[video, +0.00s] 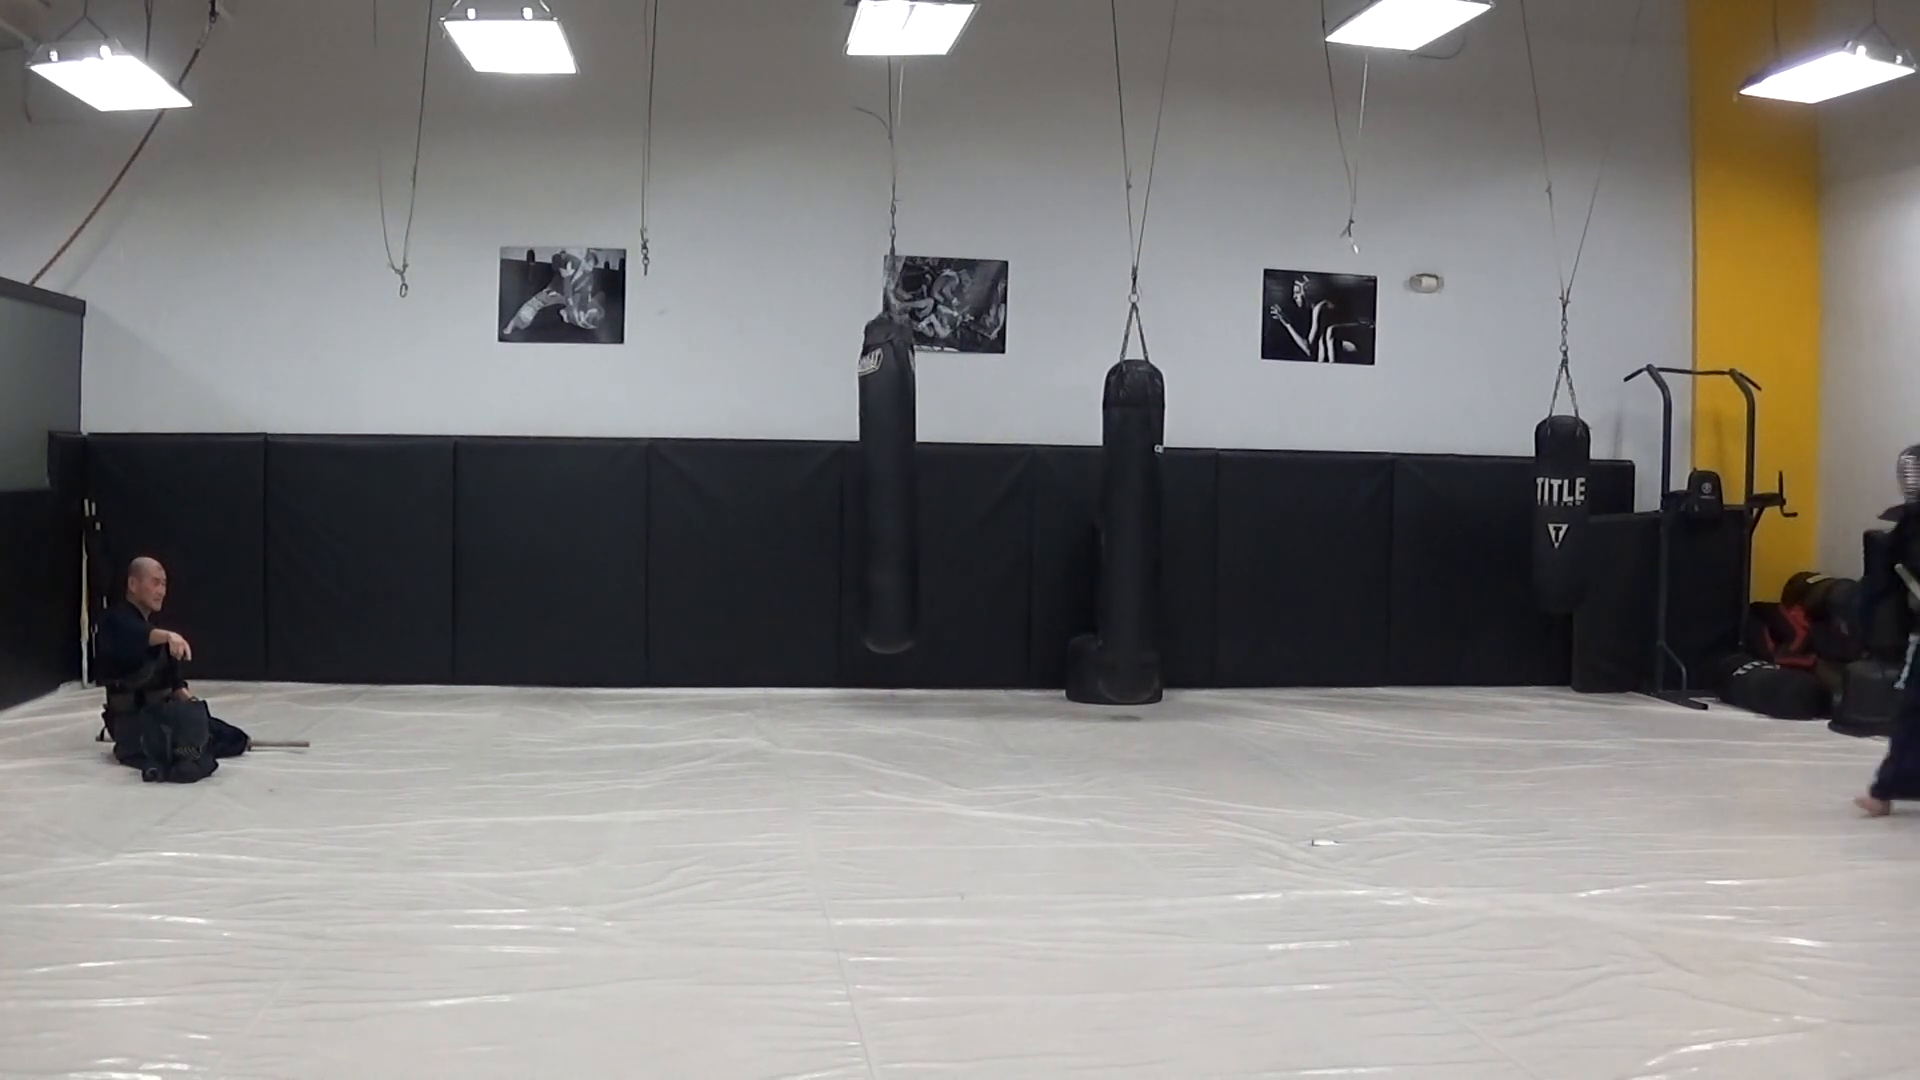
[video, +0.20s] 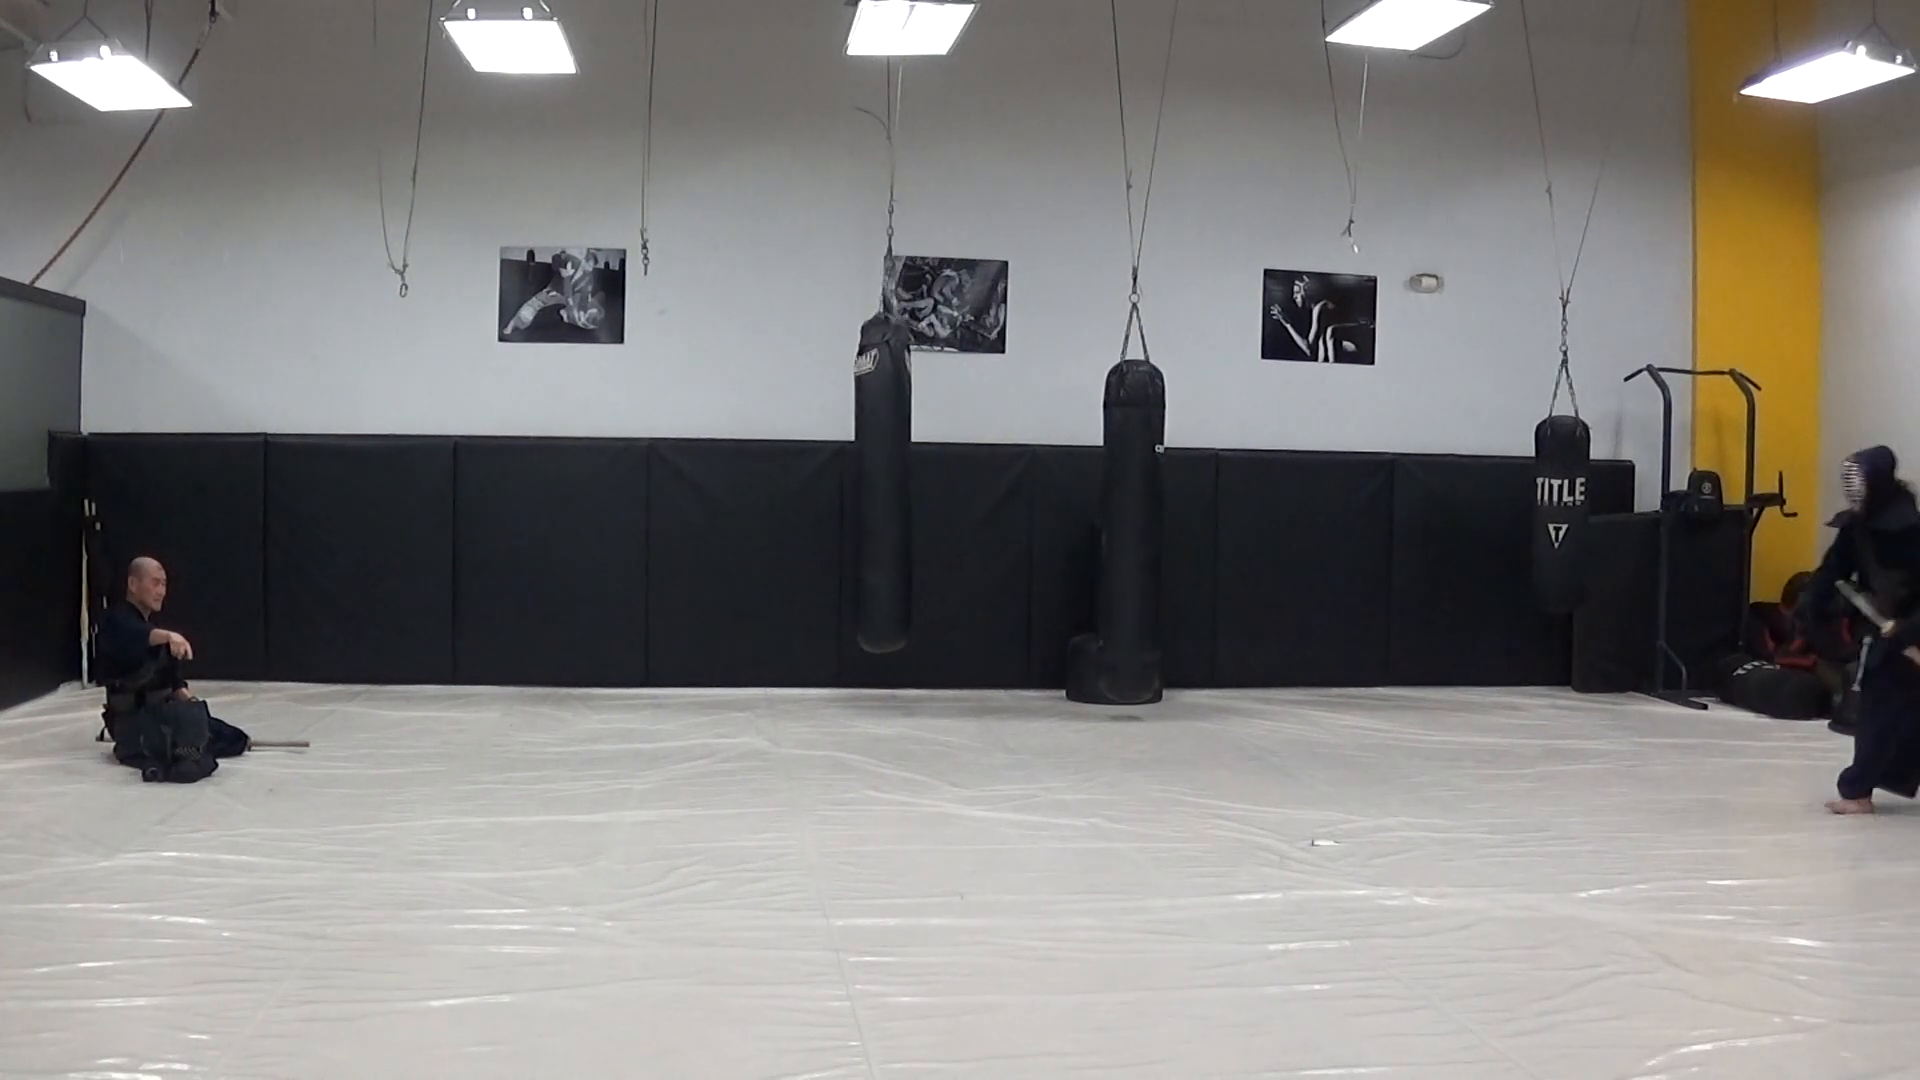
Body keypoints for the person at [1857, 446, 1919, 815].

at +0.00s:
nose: (1906, 481)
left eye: (1910, 473)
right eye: (1906, 473)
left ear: (1915, 477)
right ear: (1907, 477)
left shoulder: (1911, 521)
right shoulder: (1908, 520)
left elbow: (1886, 575)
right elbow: (1889, 573)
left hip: (1918, 634)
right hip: (1916, 634)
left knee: (1910, 707)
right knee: (1909, 707)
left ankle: (1884, 790)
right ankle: (1884, 790)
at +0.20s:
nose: (1849, 487)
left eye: (1855, 480)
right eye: (1847, 480)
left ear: (1877, 482)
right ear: (1854, 481)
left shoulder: (1904, 520)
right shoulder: (1857, 522)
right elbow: (1833, 570)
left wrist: (1905, 625)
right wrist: (1812, 608)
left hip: (1906, 628)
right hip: (1882, 626)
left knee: (1876, 704)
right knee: (1885, 703)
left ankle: (1858, 793)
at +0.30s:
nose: (1819, 486)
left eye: (1826, 479)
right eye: (1818, 478)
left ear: (1846, 480)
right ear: (1823, 479)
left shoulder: (1880, 522)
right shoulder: (1829, 521)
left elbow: (1907, 588)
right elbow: (1807, 574)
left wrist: (1874, 624)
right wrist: (1785, 614)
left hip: (1888, 628)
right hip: (1856, 628)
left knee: (1861, 706)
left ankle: (1857, 794)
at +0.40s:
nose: (1791, 487)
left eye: (1797, 480)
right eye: (1788, 479)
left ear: (1817, 480)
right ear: (1787, 479)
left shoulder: (1850, 520)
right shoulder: (1800, 521)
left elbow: (1875, 592)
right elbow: (1785, 579)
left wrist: (1837, 624)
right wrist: (1769, 630)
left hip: (1862, 625)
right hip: (1828, 626)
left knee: (1850, 704)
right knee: (1823, 703)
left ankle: (1856, 793)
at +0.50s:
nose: (1757, 488)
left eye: (1764, 481)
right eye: (1754, 480)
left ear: (1783, 483)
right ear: (1753, 481)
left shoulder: (1817, 522)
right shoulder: (1769, 521)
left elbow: (1844, 590)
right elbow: (1767, 582)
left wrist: (1804, 624)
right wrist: (1759, 631)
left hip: (1834, 626)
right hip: (1789, 625)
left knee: (1838, 705)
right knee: (1775, 699)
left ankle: (1854, 793)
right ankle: (1777, 774)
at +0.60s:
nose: (1716, 508)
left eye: (1721, 500)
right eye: (1713, 500)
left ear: (1740, 495)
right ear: (1721, 493)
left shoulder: (1778, 525)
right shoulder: (1740, 522)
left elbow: (1808, 591)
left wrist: (1770, 626)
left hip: (1801, 626)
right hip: (1760, 624)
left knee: (1815, 703)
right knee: (1731, 696)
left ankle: (1848, 789)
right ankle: (1708, 778)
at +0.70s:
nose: (1678, 504)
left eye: (1683, 496)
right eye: (1675, 495)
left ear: (1703, 495)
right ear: (1677, 493)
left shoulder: (1735, 526)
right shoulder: (1691, 526)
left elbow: (1770, 593)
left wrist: (1735, 632)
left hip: (1758, 626)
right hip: (1717, 626)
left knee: (1758, 707)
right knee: (1705, 701)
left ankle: (1824, 770)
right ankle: (1701, 783)